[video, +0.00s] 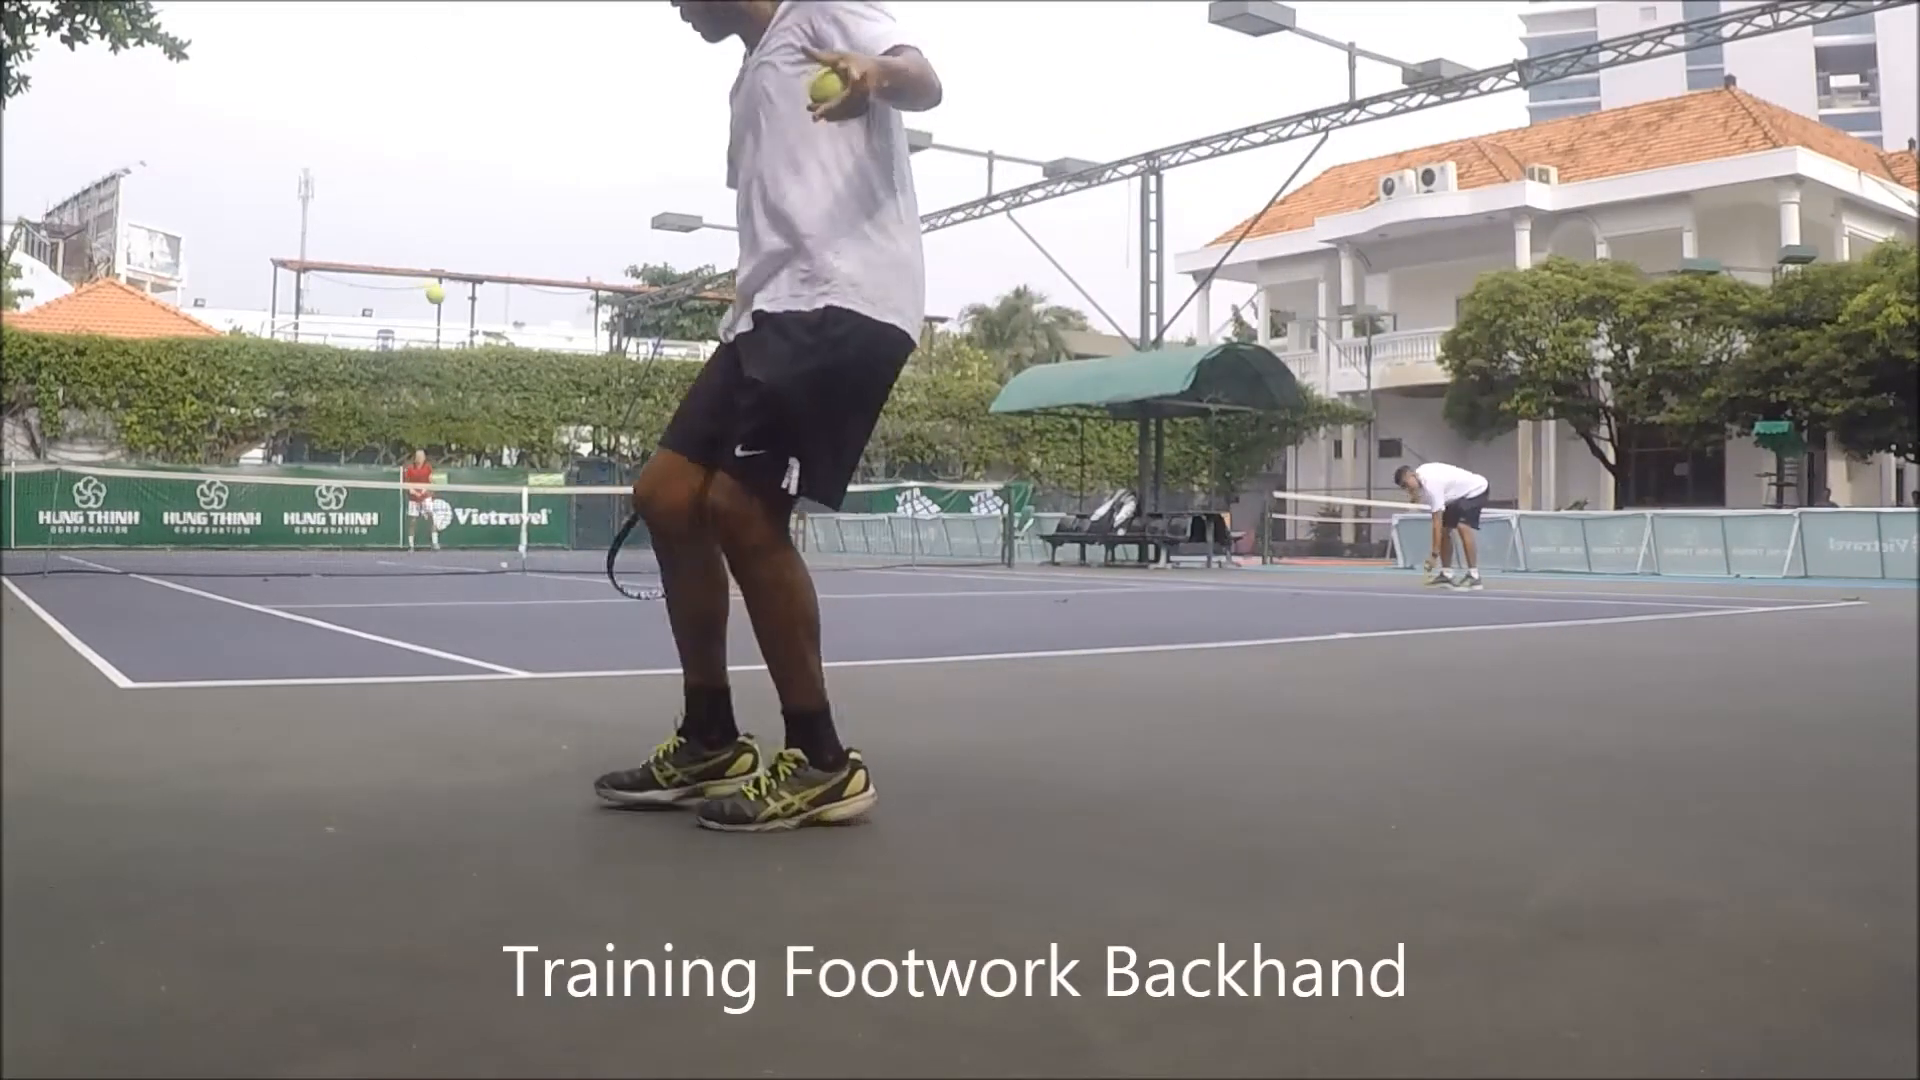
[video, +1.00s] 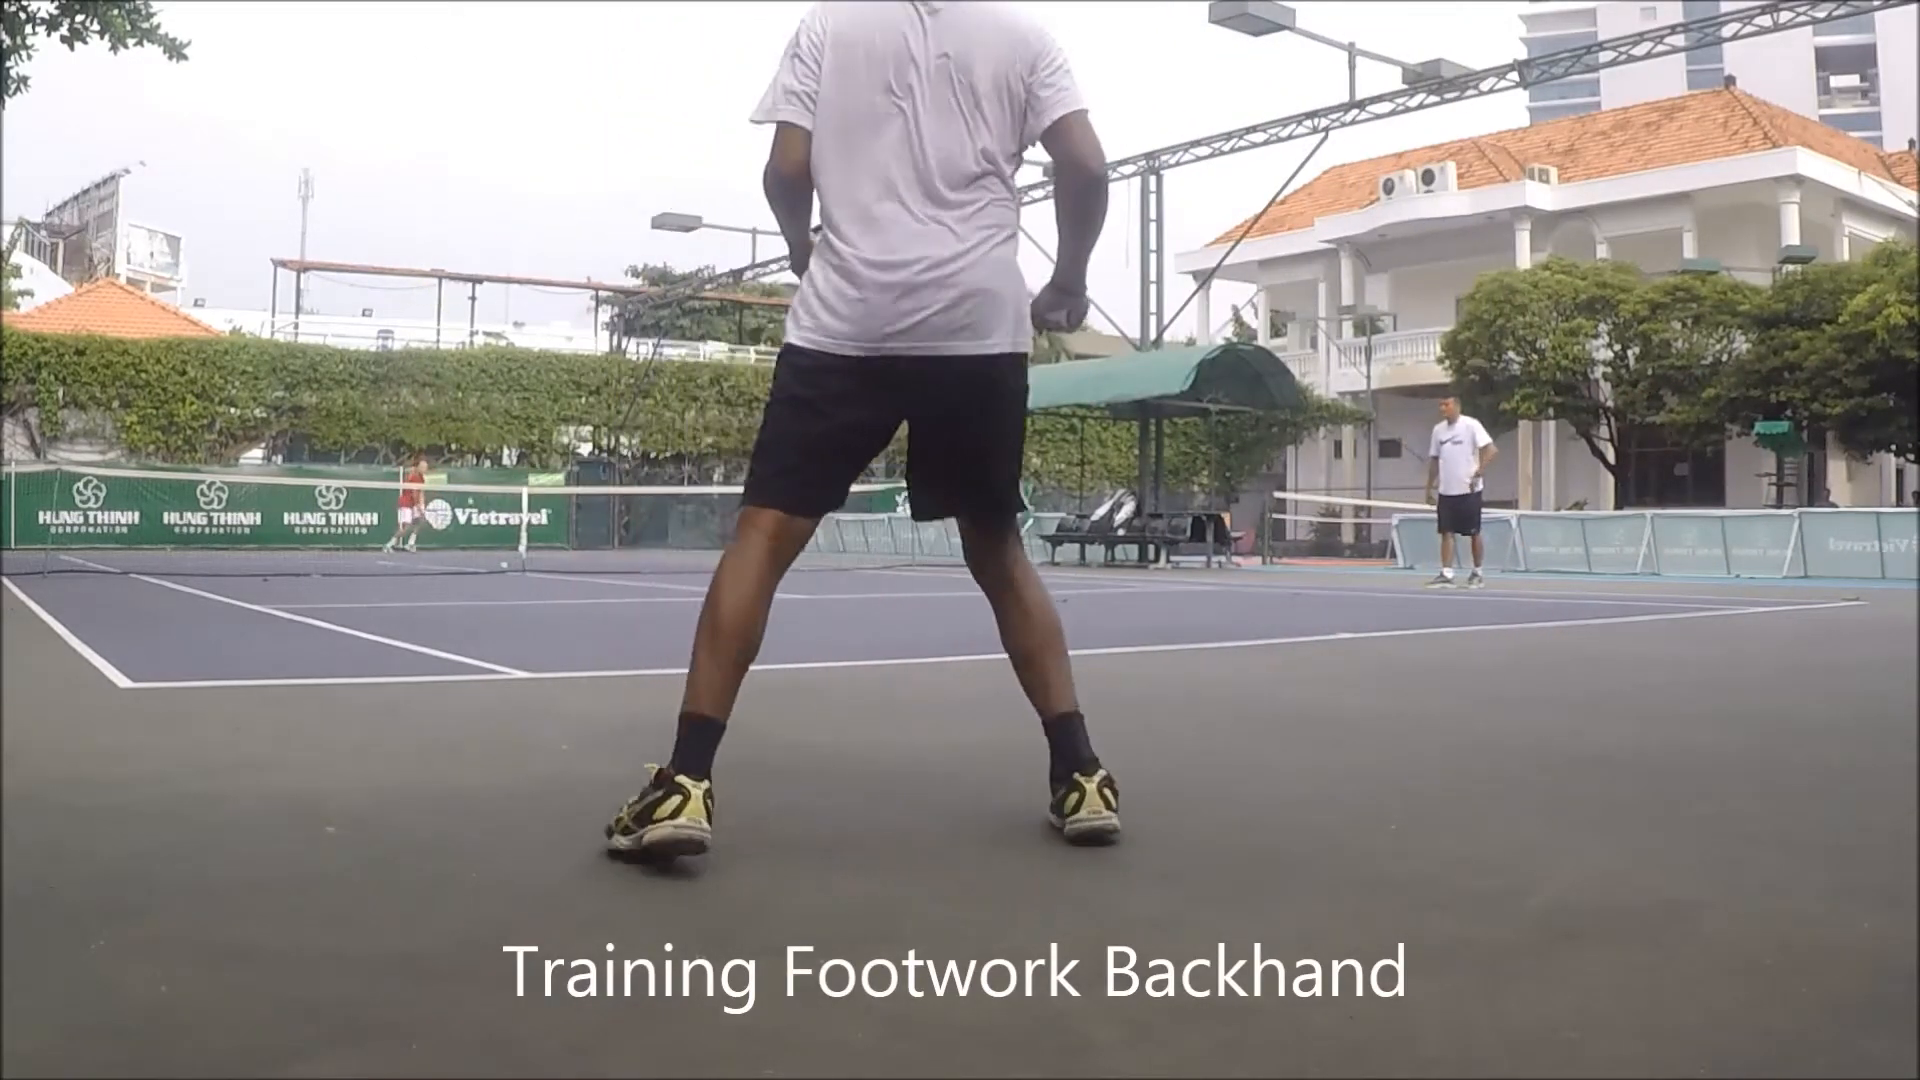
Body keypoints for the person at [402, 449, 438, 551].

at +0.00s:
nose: (419, 460)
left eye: (421, 458)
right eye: (417, 458)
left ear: (424, 458)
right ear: (415, 458)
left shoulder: (428, 468)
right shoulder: (409, 469)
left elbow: (431, 481)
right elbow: (406, 483)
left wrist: (424, 490)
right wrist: (413, 491)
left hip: (426, 496)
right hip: (413, 497)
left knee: (431, 518)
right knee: (412, 520)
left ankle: (435, 542)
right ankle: (411, 544)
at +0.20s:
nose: (419, 465)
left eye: (421, 462)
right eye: (417, 463)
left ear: (424, 464)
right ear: (414, 464)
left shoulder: (427, 475)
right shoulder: (407, 474)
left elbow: (428, 489)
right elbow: (403, 489)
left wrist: (421, 499)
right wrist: (412, 498)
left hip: (423, 499)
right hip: (410, 499)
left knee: (430, 521)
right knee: (405, 520)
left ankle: (432, 541)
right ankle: (399, 541)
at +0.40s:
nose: (420, 465)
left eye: (422, 462)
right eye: (419, 462)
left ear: (425, 464)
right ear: (415, 463)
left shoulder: (427, 475)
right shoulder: (408, 474)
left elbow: (427, 489)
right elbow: (405, 489)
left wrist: (421, 499)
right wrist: (411, 498)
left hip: (421, 500)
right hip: (409, 500)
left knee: (429, 519)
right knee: (403, 518)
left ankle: (431, 542)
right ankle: (399, 539)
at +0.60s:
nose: (423, 465)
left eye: (424, 463)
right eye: (421, 462)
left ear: (427, 465)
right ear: (416, 463)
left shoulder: (427, 477)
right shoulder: (408, 475)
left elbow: (426, 490)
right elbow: (405, 490)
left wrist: (421, 501)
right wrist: (414, 502)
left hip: (420, 502)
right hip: (408, 501)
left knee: (426, 522)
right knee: (404, 520)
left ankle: (421, 544)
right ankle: (394, 540)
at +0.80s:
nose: (424, 470)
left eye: (425, 467)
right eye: (422, 467)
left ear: (427, 468)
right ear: (417, 467)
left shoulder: (426, 478)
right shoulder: (409, 476)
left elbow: (424, 492)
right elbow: (406, 491)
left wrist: (422, 503)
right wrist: (413, 503)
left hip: (419, 502)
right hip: (407, 502)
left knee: (423, 521)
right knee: (407, 521)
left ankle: (421, 544)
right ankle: (394, 541)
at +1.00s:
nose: (425, 469)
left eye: (426, 467)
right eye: (423, 466)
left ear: (425, 468)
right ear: (417, 466)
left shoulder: (420, 478)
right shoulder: (412, 477)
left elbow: (421, 493)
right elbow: (414, 493)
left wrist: (422, 505)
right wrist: (417, 504)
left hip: (414, 504)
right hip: (405, 503)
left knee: (419, 521)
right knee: (405, 526)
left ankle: (410, 543)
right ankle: (390, 544)